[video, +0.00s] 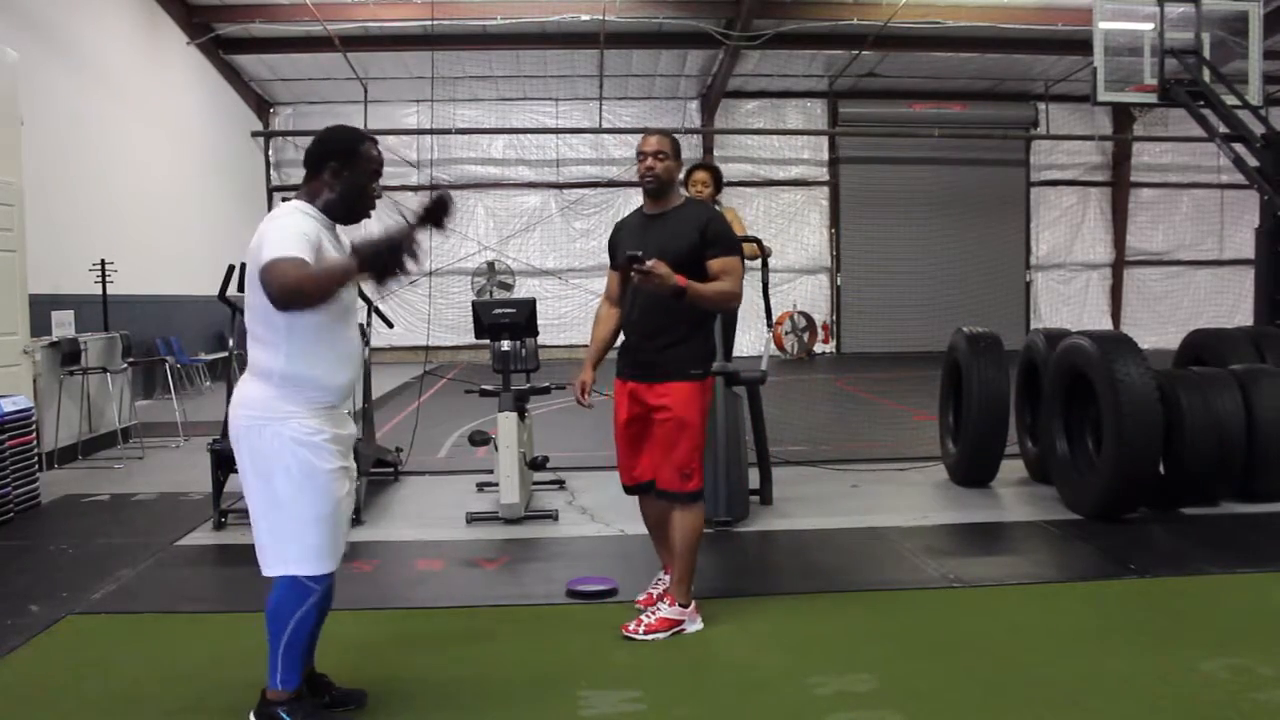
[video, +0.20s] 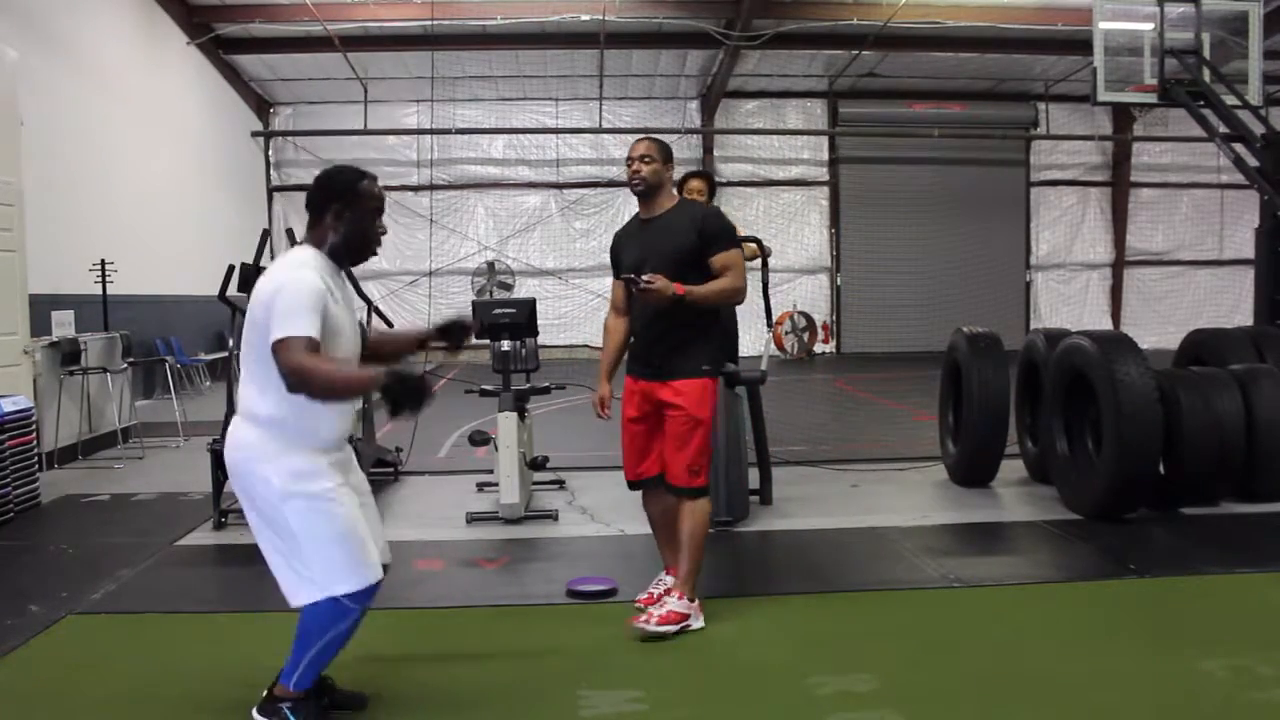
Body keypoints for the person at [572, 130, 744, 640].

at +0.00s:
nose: (649, 164)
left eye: (659, 157)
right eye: (642, 157)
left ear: (679, 166)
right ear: (635, 167)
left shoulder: (707, 219)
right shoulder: (625, 230)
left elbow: (731, 293)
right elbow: (612, 301)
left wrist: (675, 282)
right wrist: (590, 361)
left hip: (685, 375)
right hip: (635, 375)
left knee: (681, 487)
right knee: (646, 485)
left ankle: (681, 604)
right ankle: (673, 575)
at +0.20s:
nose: (636, 168)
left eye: (646, 160)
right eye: (631, 162)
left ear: (669, 168)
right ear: (627, 173)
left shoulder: (704, 218)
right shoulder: (624, 238)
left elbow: (736, 285)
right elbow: (619, 311)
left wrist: (678, 292)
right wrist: (604, 375)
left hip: (693, 374)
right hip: (641, 376)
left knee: (689, 482)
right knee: (650, 480)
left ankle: (686, 597)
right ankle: (675, 574)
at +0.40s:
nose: (637, 168)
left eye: (648, 160)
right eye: (633, 162)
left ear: (673, 169)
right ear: (630, 173)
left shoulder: (708, 216)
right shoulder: (631, 239)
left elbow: (743, 280)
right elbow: (631, 310)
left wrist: (680, 288)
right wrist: (620, 374)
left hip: (705, 370)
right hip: (653, 373)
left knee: (703, 476)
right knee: (660, 477)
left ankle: (722, 584)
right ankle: (675, 575)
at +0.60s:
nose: (656, 166)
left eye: (667, 159)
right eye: (652, 160)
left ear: (692, 168)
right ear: (649, 171)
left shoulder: (724, 217)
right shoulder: (649, 236)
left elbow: (754, 282)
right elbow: (642, 307)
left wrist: (689, 288)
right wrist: (626, 369)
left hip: (714, 371)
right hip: (663, 372)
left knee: (725, 475)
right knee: (669, 475)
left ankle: (762, 558)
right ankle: (675, 572)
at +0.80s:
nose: (682, 164)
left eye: (693, 157)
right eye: (679, 158)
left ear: (717, 167)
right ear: (677, 168)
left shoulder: (750, 221)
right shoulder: (671, 231)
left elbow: (772, 288)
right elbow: (660, 300)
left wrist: (711, 290)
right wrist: (637, 356)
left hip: (735, 373)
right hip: (681, 372)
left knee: (751, 473)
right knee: (676, 474)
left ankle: (764, 564)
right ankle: (675, 571)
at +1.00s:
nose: (712, 165)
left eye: (723, 159)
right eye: (708, 158)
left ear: (744, 169)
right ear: (701, 168)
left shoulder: (771, 225)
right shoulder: (689, 227)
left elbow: (794, 294)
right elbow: (677, 294)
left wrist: (740, 296)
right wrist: (658, 353)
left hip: (755, 373)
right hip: (697, 372)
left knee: (764, 473)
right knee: (683, 470)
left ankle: (767, 564)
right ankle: (676, 570)